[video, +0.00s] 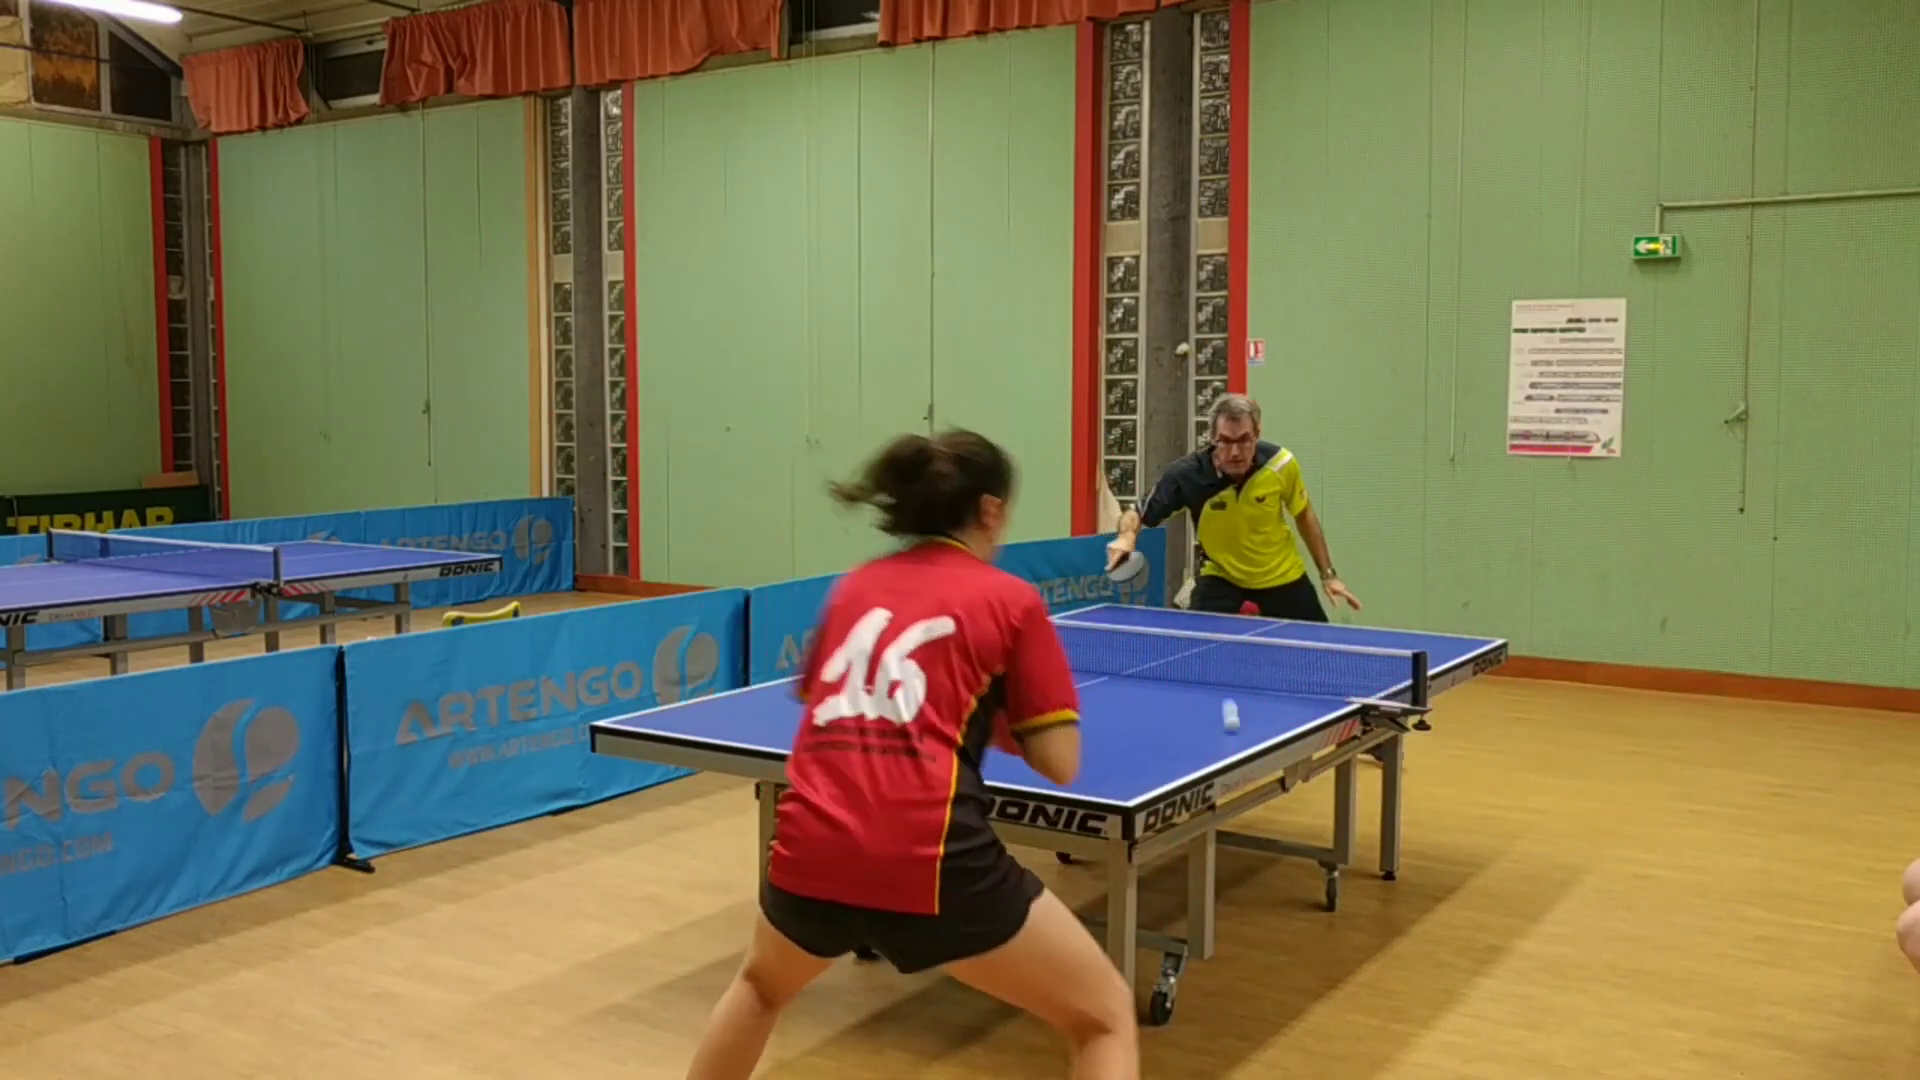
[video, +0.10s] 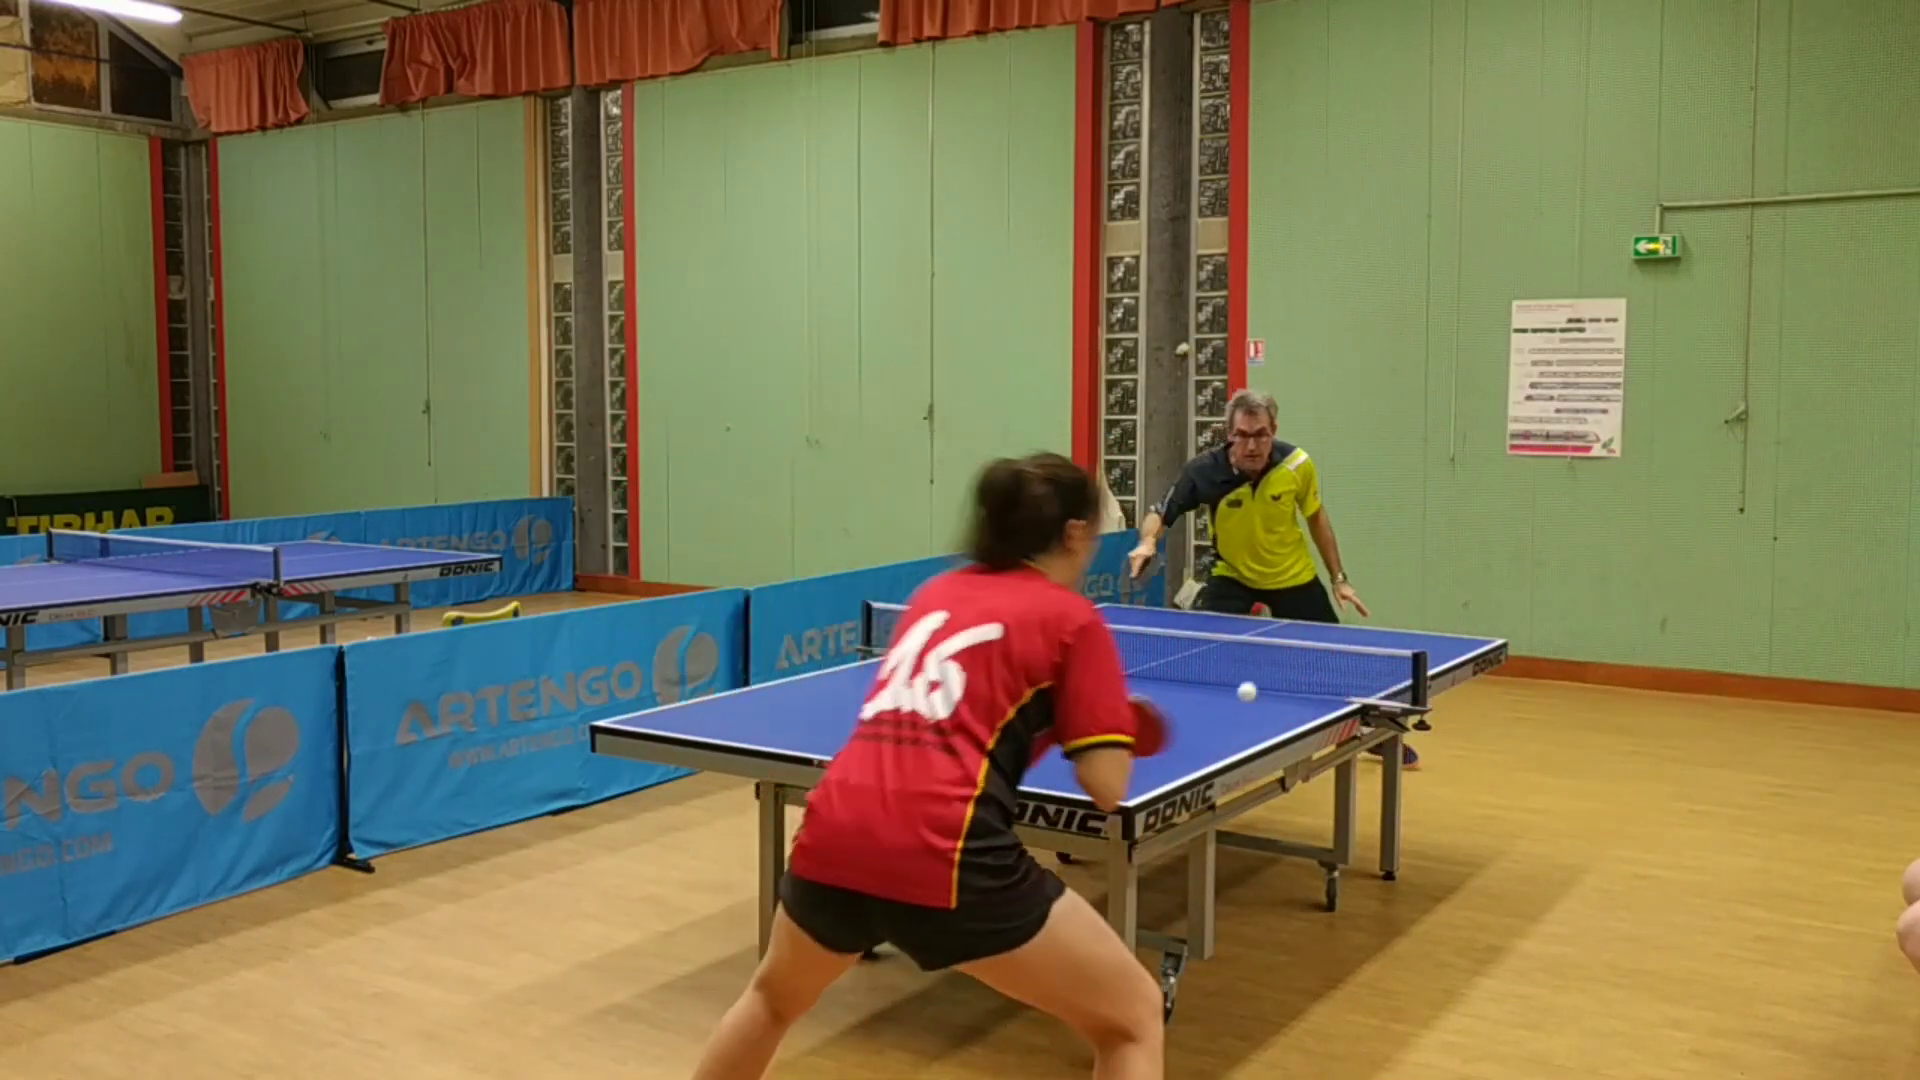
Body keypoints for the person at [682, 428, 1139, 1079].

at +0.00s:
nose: (1008, 516)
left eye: (1009, 502)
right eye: (1008, 502)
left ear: (915, 503)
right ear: (989, 508)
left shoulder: (855, 584)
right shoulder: (1010, 599)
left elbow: (819, 698)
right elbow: (1060, 762)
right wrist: (988, 708)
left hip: (810, 865)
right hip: (934, 869)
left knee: (756, 990)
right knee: (1103, 1019)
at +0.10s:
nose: (1097, 545)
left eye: (1097, 532)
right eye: (1096, 532)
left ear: (1000, 526)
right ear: (1074, 535)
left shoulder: (937, 590)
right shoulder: (1072, 618)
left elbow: (950, 718)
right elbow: (1107, 783)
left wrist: (1069, 711)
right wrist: (1104, 719)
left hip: (833, 844)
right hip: (947, 860)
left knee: (768, 999)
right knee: (1132, 1020)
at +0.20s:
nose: (1176, 545)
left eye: (1178, 531)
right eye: (1174, 531)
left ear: (1079, 528)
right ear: (1151, 536)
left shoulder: (1022, 579)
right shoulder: (1128, 611)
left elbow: (1065, 674)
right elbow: (1154, 776)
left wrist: (1182, 686)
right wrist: (1147, 697)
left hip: (849, 813)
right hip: (960, 840)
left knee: (767, 1015)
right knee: (1131, 1018)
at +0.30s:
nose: (1214, 545)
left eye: (1214, 530)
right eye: (1214, 530)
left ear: (1125, 520)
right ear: (1193, 532)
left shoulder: (1077, 569)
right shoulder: (1149, 593)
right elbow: (1185, 751)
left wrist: (1261, 682)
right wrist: (1185, 667)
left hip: (862, 774)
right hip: (959, 806)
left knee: (766, 1000)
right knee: (1107, 1024)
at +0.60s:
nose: (1180, 492)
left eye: (1179, 481)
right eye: (1178, 481)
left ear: (1086, 480)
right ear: (1165, 492)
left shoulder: (1045, 544)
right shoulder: (1135, 573)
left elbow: (1112, 642)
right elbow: (1190, 729)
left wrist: (1238, 682)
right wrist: (1205, 642)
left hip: (862, 770)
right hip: (964, 805)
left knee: (785, 979)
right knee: (1108, 1020)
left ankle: (687, 1075)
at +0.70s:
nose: (1115, 494)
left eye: (1113, 482)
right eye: (1111, 483)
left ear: (1027, 489)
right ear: (1098, 494)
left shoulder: (983, 550)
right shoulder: (1097, 579)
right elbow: (1154, 725)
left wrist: (1131, 636)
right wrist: (1181, 658)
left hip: (840, 795)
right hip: (948, 822)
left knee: (776, 985)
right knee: (1097, 1019)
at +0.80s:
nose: (1046, 487)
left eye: (1042, 474)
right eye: (1043, 475)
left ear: (955, 484)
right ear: (1034, 489)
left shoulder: (912, 550)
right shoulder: (1024, 576)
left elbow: (938, 661)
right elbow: (1094, 714)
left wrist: (1065, 639)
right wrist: (1127, 653)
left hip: (792, 805)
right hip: (900, 825)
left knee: (769, 983)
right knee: (1054, 1020)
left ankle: (701, 1076)